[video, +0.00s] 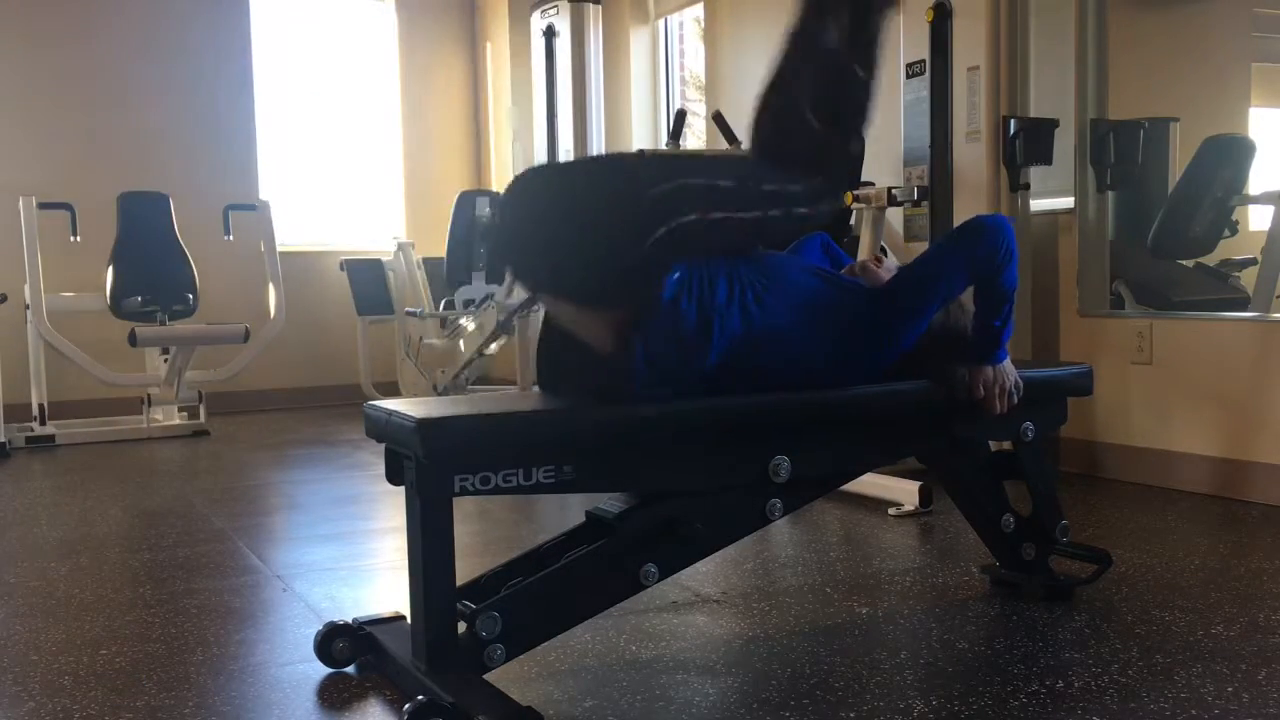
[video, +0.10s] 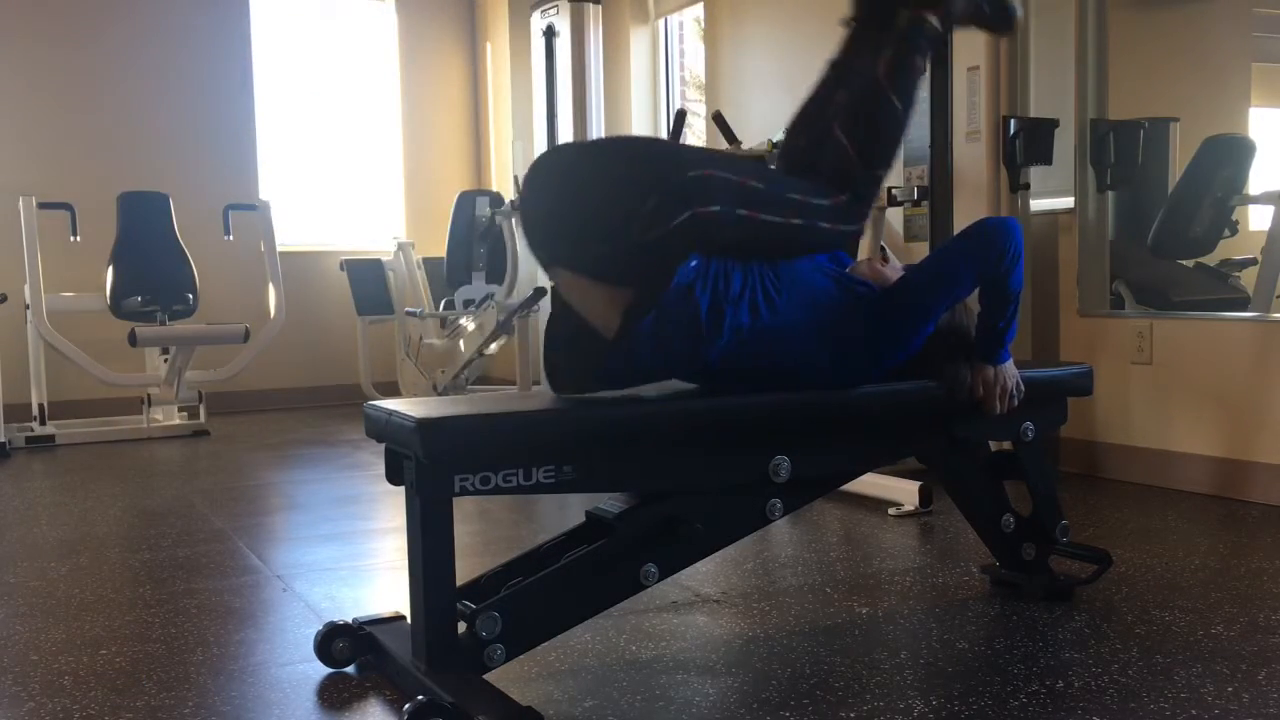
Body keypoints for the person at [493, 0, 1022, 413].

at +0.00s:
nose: (886, 257)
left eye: (899, 272)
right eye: (895, 260)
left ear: (911, 314)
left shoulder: (872, 332)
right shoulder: (834, 288)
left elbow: (991, 235)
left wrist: (994, 351)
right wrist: (860, 272)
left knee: (527, 201)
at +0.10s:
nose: (889, 256)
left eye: (903, 268)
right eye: (900, 259)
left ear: (915, 311)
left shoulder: (881, 330)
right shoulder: (853, 311)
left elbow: (1000, 236)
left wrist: (996, 351)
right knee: (814, 200)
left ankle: (911, 24)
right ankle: (895, 23)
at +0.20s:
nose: (900, 262)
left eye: (915, 267)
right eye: (905, 262)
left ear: (930, 311)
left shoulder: (885, 329)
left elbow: (1002, 234)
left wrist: (998, 349)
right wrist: (852, 266)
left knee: (857, 224)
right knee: (799, 193)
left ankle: (949, 43)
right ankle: (899, 38)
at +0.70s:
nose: (892, 262)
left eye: (908, 276)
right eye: (902, 266)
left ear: (920, 317)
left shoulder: (887, 327)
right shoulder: (858, 336)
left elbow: (1007, 254)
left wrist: (1038, 357)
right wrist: (872, 279)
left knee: (844, 221)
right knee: (798, 189)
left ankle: (935, 40)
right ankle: (891, 32)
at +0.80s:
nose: (890, 260)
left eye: (904, 275)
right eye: (901, 264)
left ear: (912, 309)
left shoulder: (886, 329)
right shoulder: (853, 308)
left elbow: (1012, 271)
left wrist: (1046, 367)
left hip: (653, 307)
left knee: (794, 190)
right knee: (804, 189)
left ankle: (887, 29)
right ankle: (874, 28)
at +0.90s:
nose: (890, 259)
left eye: (904, 276)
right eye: (900, 263)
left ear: (909, 308)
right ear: (887, 271)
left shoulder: (883, 328)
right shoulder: (846, 294)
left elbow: (1013, 268)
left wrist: (1042, 368)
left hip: (644, 322)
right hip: (669, 299)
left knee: (825, 189)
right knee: (782, 177)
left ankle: (859, 21)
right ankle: (824, 17)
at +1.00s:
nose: (888, 262)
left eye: (903, 279)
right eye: (896, 264)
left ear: (908, 311)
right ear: (883, 270)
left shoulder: (881, 333)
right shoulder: (830, 276)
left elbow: (1007, 253)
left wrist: (1030, 362)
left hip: (628, 325)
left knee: (805, 183)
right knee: (753, 174)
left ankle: (815, 6)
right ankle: (766, 1)